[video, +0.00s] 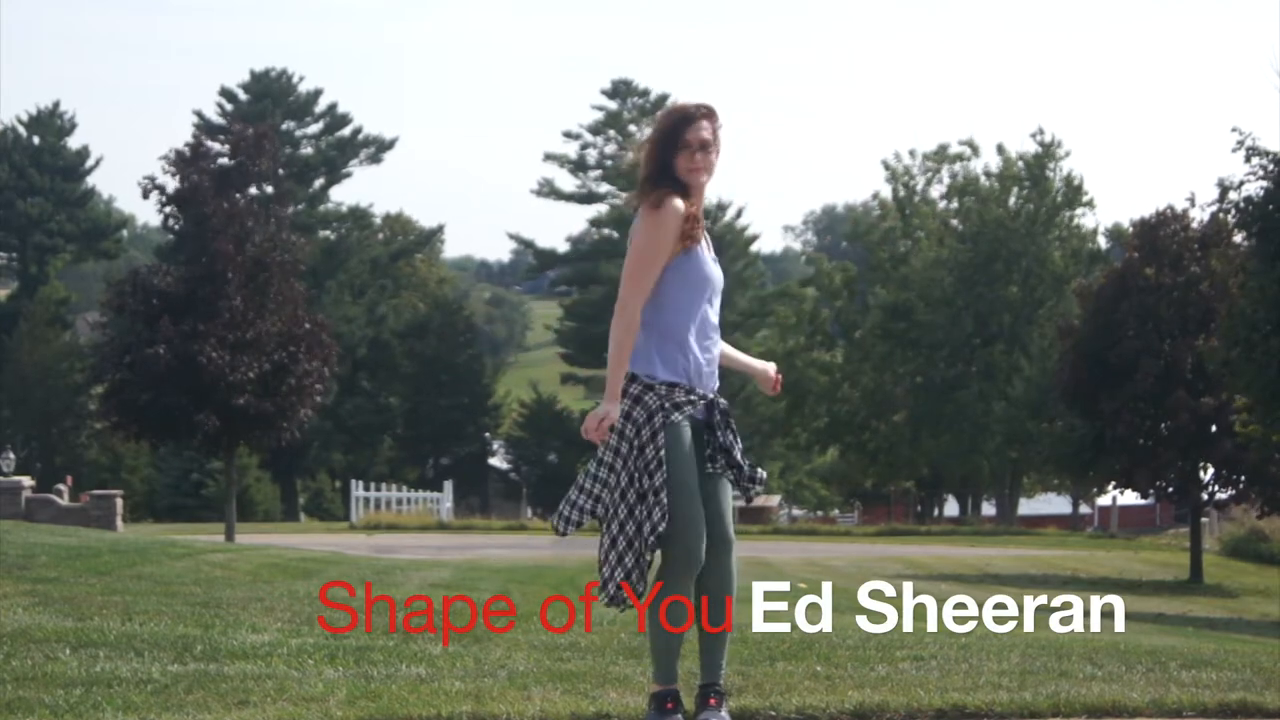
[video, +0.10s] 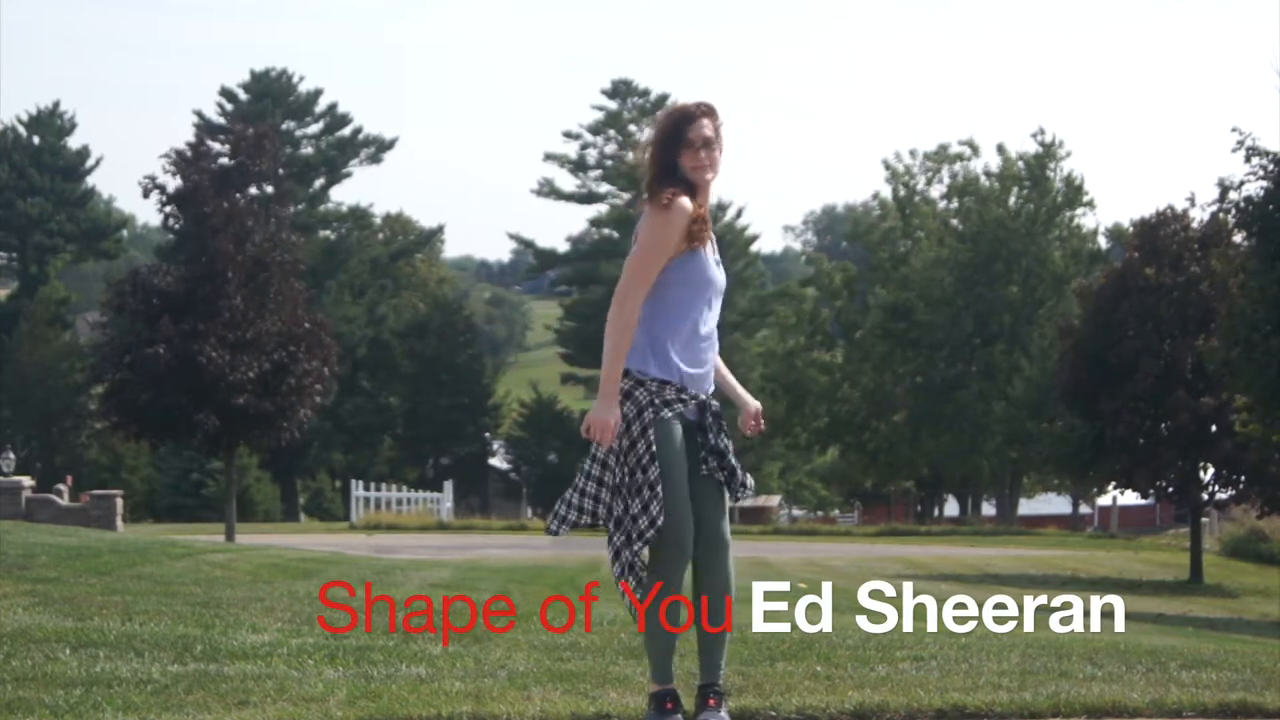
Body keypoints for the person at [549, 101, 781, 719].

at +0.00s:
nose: (699, 157)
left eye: (708, 147)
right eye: (688, 147)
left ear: (718, 155)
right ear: (666, 154)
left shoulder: (697, 223)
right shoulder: (665, 211)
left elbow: (696, 331)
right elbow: (628, 307)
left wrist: (754, 366)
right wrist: (612, 397)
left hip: (704, 402)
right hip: (661, 397)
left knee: (720, 544)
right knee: (685, 543)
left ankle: (713, 694)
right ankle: (665, 696)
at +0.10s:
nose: (705, 154)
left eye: (712, 144)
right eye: (693, 145)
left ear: (721, 153)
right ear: (671, 153)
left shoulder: (700, 222)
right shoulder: (671, 210)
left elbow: (694, 332)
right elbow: (624, 303)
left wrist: (740, 394)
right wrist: (606, 395)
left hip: (699, 402)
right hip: (653, 395)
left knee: (714, 542)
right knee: (674, 537)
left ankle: (711, 692)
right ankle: (662, 693)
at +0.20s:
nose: (706, 151)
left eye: (713, 141)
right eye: (693, 143)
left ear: (724, 151)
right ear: (672, 154)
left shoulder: (710, 228)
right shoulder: (672, 209)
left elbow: (701, 333)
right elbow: (616, 296)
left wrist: (721, 413)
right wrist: (598, 387)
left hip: (692, 401)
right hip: (644, 391)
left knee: (707, 542)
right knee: (657, 536)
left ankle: (709, 690)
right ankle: (659, 689)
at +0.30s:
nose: (704, 151)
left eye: (711, 140)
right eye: (691, 143)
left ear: (726, 148)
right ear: (673, 155)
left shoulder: (722, 229)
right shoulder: (666, 207)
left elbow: (709, 323)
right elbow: (605, 286)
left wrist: (712, 401)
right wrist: (583, 380)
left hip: (692, 404)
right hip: (636, 395)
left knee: (702, 543)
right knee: (646, 542)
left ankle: (708, 690)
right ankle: (658, 688)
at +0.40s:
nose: (705, 148)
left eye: (712, 139)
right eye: (692, 142)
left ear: (728, 147)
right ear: (673, 155)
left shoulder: (737, 237)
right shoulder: (659, 207)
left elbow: (725, 336)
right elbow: (592, 280)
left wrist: (726, 423)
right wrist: (567, 375)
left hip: (697, 409)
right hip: (631, 398)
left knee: (698, 544)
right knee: (641, 542)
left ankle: (709, 687)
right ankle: (658, 685)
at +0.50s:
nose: (700, 150)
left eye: (709, 139)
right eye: (688, 143)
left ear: (728, 149)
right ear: (671, 156)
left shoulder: (748, 238)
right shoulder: (653, 208)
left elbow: (741, 337)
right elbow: (583, 277)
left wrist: (737, 428)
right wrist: (550, 369)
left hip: (698, 407)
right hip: (626, 397)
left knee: (698, 545)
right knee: (639, 547)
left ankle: (709, 688)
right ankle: (657, 684)